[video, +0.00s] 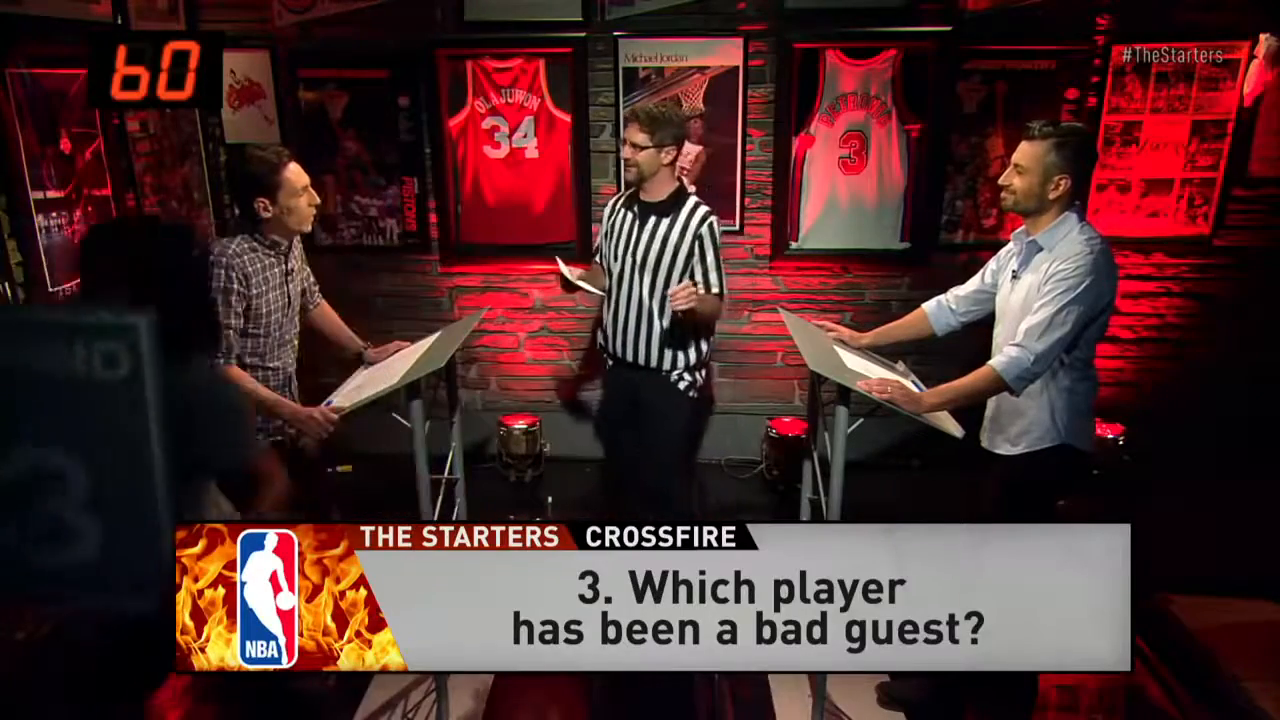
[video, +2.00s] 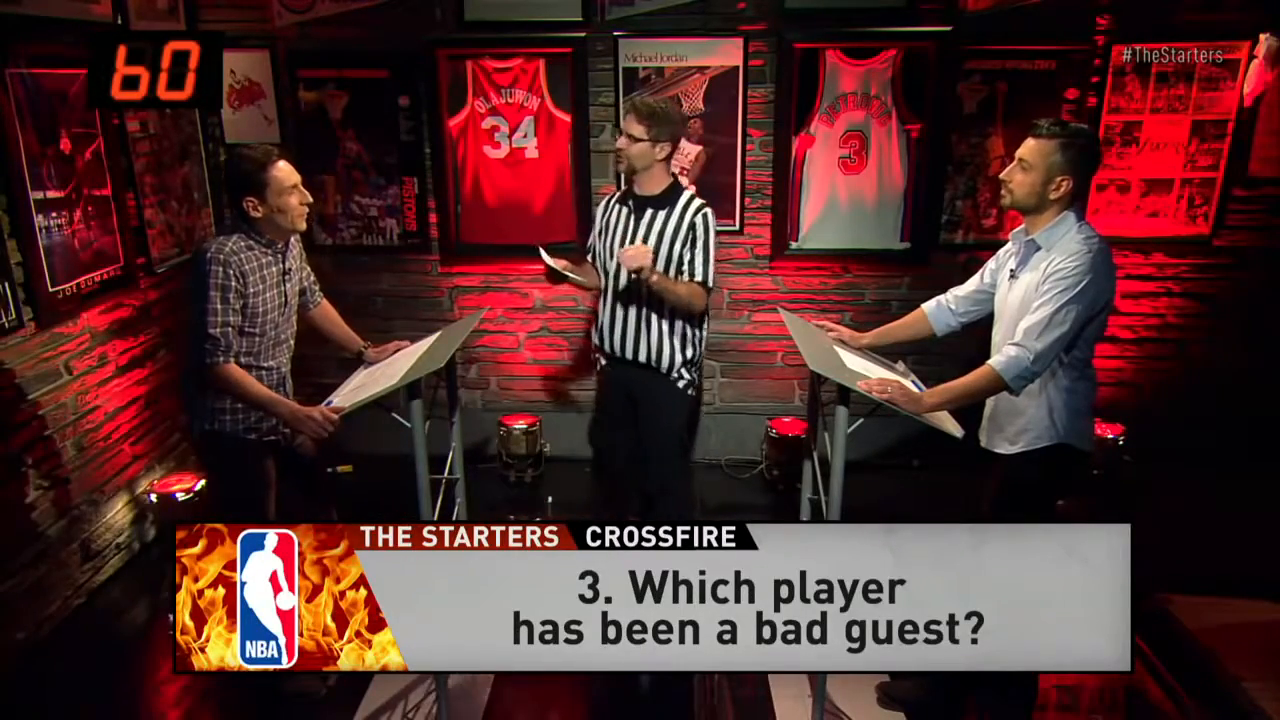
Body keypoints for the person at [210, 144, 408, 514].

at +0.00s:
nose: (316, 200)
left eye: (310, 188)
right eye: (302, 193)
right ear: (266, 208)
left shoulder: (290, 245)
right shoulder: (230, 262)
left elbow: (312, 304)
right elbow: (220, 367)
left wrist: (364, 350)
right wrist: (294, 414)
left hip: (288, 430)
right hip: (247, 437)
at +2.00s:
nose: (307, 198)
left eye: (302, 186)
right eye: (292, 190)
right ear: (255, 207)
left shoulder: (289, 244)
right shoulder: (223, 258)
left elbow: (313, 302)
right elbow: (217, 363)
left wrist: (364, 350)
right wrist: (292, 412)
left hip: (282, 422)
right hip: (235, 433)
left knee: (297, 523)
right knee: (249, 536)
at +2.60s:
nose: (291, 186)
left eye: (286, 175)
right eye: (276, 178)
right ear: (239, 194)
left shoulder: (280, 236)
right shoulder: (215, 250)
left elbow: (310, 299)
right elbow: (222, 351)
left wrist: (367, 348)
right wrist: (294, 408)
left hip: (282, 418)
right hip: (232, 429)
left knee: (297, 525)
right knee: (248, 535)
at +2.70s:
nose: (291, 184)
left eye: (285, 173)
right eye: (275, 176)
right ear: (239, 192)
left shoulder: (279, 235)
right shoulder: (215, 249)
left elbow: (312, 298)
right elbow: (225, 350)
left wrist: (370, 346)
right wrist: (294, 407)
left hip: (280, 415)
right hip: (232, 426)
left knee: (295, 521)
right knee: (249, 532)